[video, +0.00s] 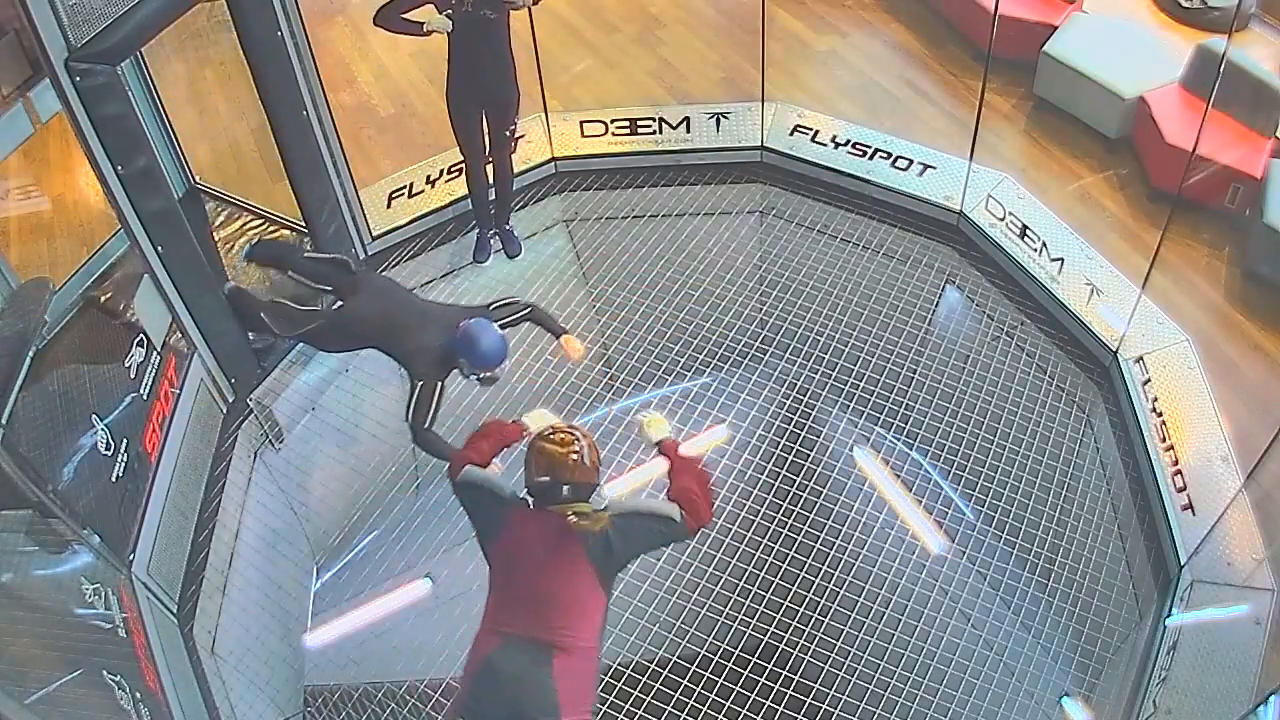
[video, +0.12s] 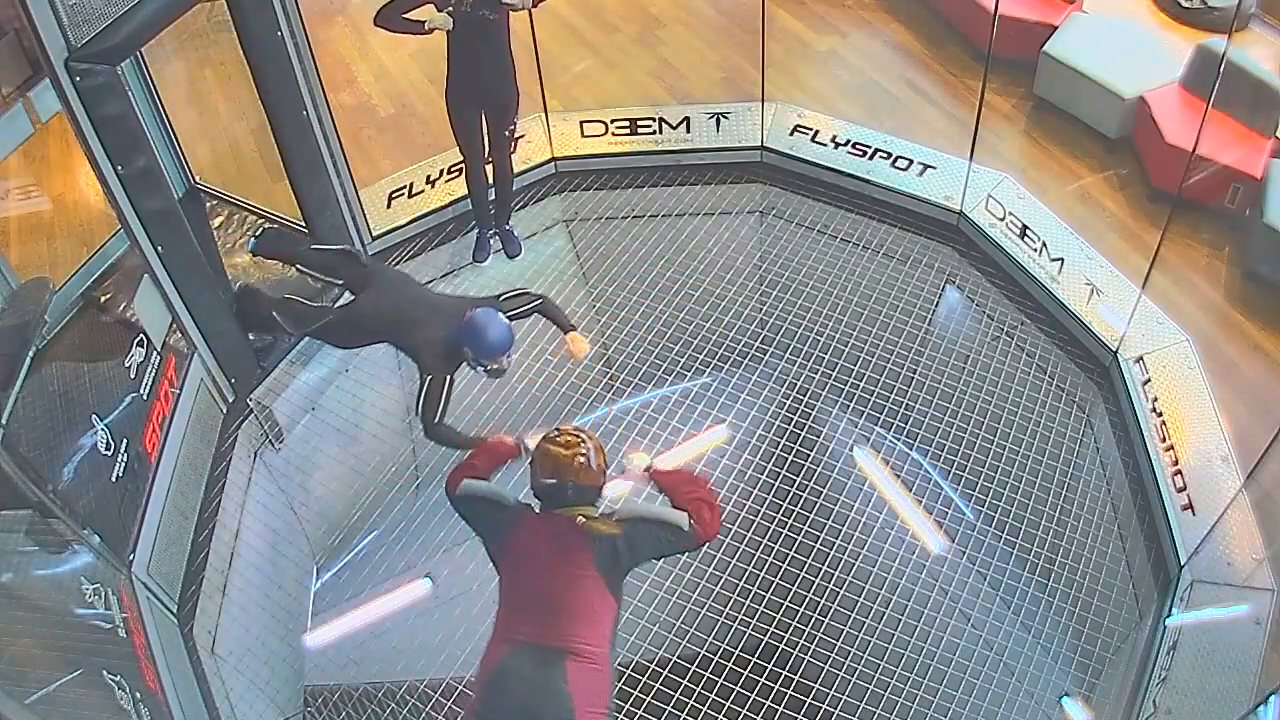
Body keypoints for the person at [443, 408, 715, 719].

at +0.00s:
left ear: (531, 478)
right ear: (594, 483)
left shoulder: (504, 519)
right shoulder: (609, 534)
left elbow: (464, 463)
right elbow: (694, 513)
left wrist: (515, 427)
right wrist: (674, 448)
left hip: (490, 677)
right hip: (563, 688)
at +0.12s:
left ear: (536, 482)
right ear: (602, 483)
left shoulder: (512, 525)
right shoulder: (617, 538)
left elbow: (460, 482)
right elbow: (704, 522)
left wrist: (505, 445)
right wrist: (660, 471)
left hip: (503, 687)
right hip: (579, 693)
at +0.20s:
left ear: (541, 484)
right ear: (606, 487)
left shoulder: (515, 527)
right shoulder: (623, 537)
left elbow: (462, 494)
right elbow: (712, 519)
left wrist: (514, 460)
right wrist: (653, 480)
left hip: (511, 691)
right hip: (587, 693)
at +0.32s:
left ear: (546, 484)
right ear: (614, 486)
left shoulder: (521, 528)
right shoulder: (632, 535)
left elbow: (468, 499)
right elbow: (715, 515)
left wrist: (533, 472)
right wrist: (658, 470)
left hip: (522, 691)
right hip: (600, 695)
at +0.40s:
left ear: (546, 484)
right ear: (613, 486)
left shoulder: (524, 530)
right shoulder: (631, 535)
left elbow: (476, 498)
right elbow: (719, 510)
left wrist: (534, 466)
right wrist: (675, 461)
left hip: (529, 691)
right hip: (605, 695)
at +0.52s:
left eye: (592, 450)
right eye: (602, 454)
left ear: (549, 488)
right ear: (615, 482)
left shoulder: (527, 533)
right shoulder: (636, 531)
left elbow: (476, 498)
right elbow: (724, 507)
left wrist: (533, 459)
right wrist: (689, 450)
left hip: (535, 692)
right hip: (612, 694)